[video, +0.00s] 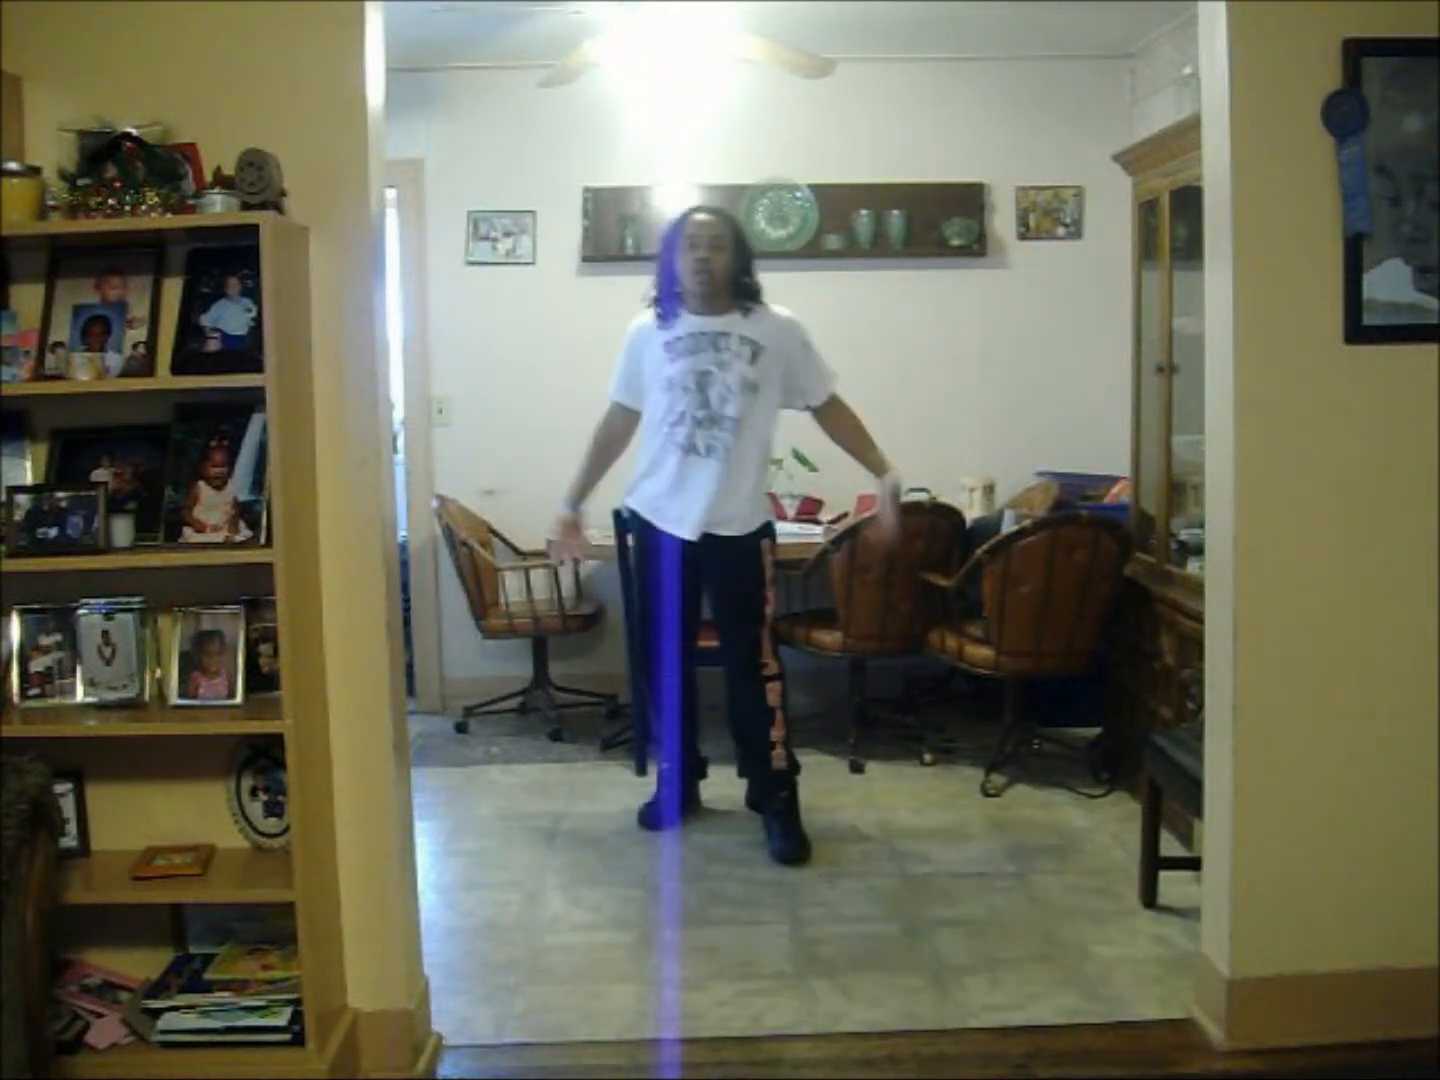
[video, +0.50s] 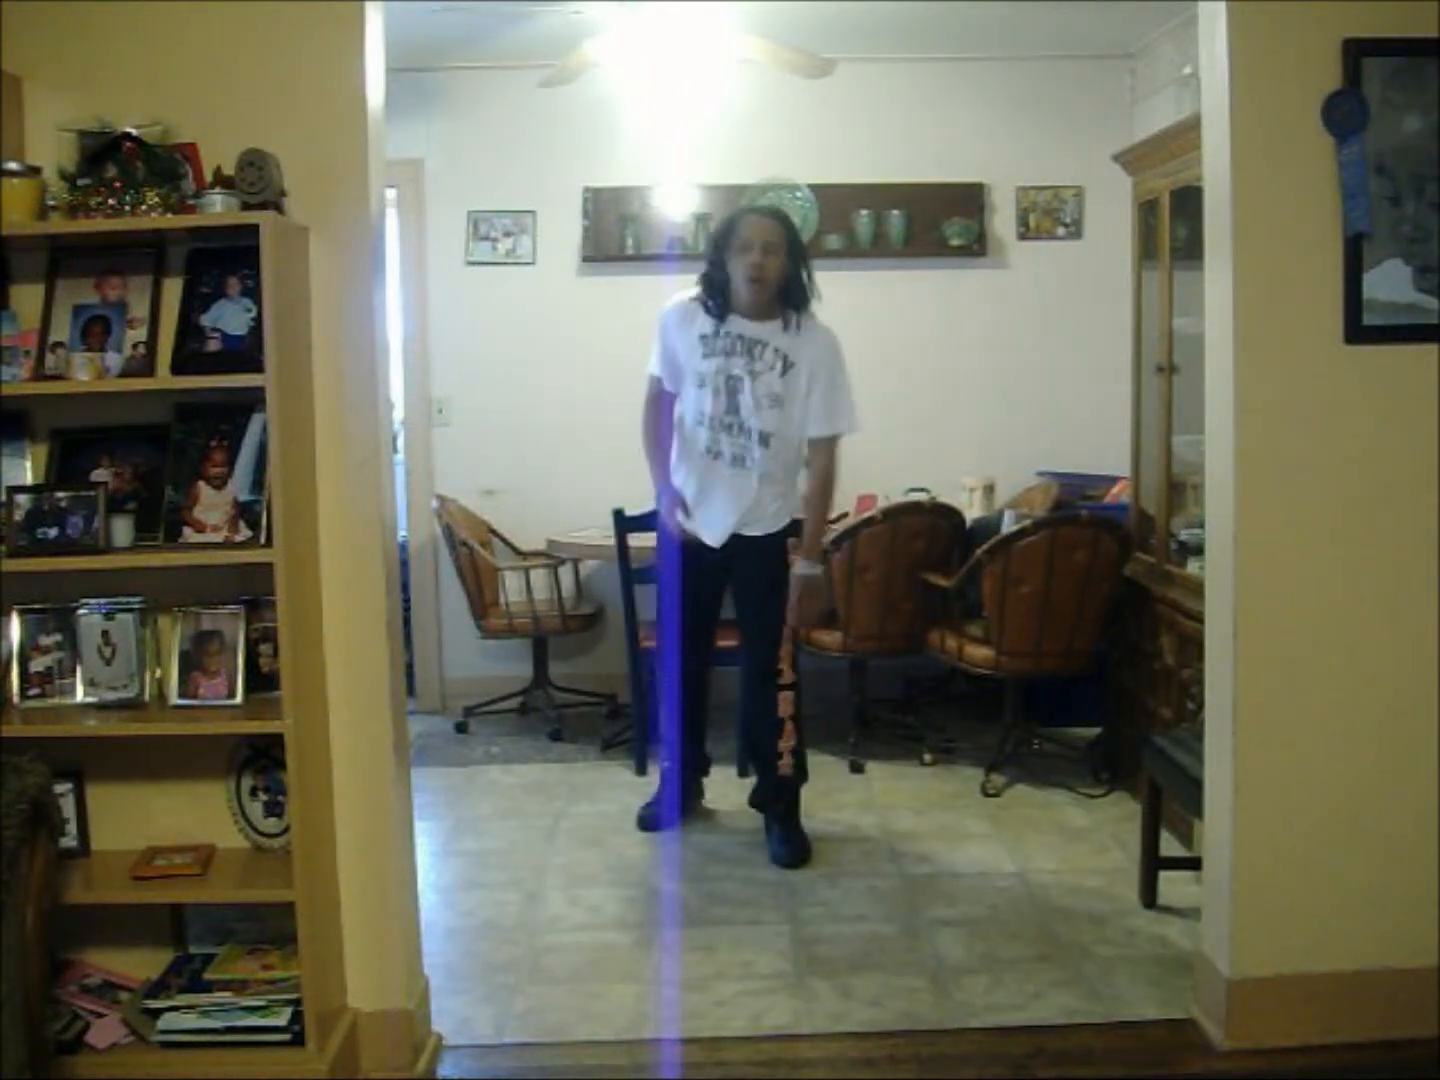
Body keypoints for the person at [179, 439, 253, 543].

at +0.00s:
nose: (219, 471)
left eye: (223, 466)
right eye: (213, 466)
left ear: (230, 469)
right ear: (204, 468)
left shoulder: (232, 488)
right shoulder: (200, 487)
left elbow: (237, 511)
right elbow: (186, 511)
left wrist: (232, 531)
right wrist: (201, 526)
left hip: (225, 534)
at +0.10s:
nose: (219, 471)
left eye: (223, 466)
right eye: (214, 466)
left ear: (230, 469)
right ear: (203, 468)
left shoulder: (232, 488)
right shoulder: (200, 488)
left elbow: (237, 511)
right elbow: (186, 511)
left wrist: (232, 531)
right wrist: (201, 527)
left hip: (225, 533)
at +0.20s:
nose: (219, 471)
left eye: (223, 466)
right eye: (214, 466)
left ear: (230, 469)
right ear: (203, 468)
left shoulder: (232, 488)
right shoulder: (200, 488)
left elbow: (237, 511)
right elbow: (186, 511)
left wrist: (232, 532)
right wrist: (202, 527)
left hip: (225, 533)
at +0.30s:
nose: (219, 471)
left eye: (223, 466)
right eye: (214, 466)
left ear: (230, 469)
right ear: (203, 468)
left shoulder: (232, 488)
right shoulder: (200, 488)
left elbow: (237, 511)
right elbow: (186, 511)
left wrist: (232, 532)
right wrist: (202, 527)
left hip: (225, 533)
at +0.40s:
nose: (219, 471)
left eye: (223, 466)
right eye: (214, 466)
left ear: (230, 469)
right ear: (203, 468)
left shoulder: (232, 488)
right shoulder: (200, 488)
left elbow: (237, 511)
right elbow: (186, 511)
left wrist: (232, 532)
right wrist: (202, 527)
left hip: (225, 533)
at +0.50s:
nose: (219, 471)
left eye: (223, 466)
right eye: (214, 466)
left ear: (230, 469)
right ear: (204, 468)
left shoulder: (232, 488)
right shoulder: (200, 487)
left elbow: (237, 511)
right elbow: (186, 511)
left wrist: (232, 532)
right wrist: (202, 527)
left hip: (225, 533)